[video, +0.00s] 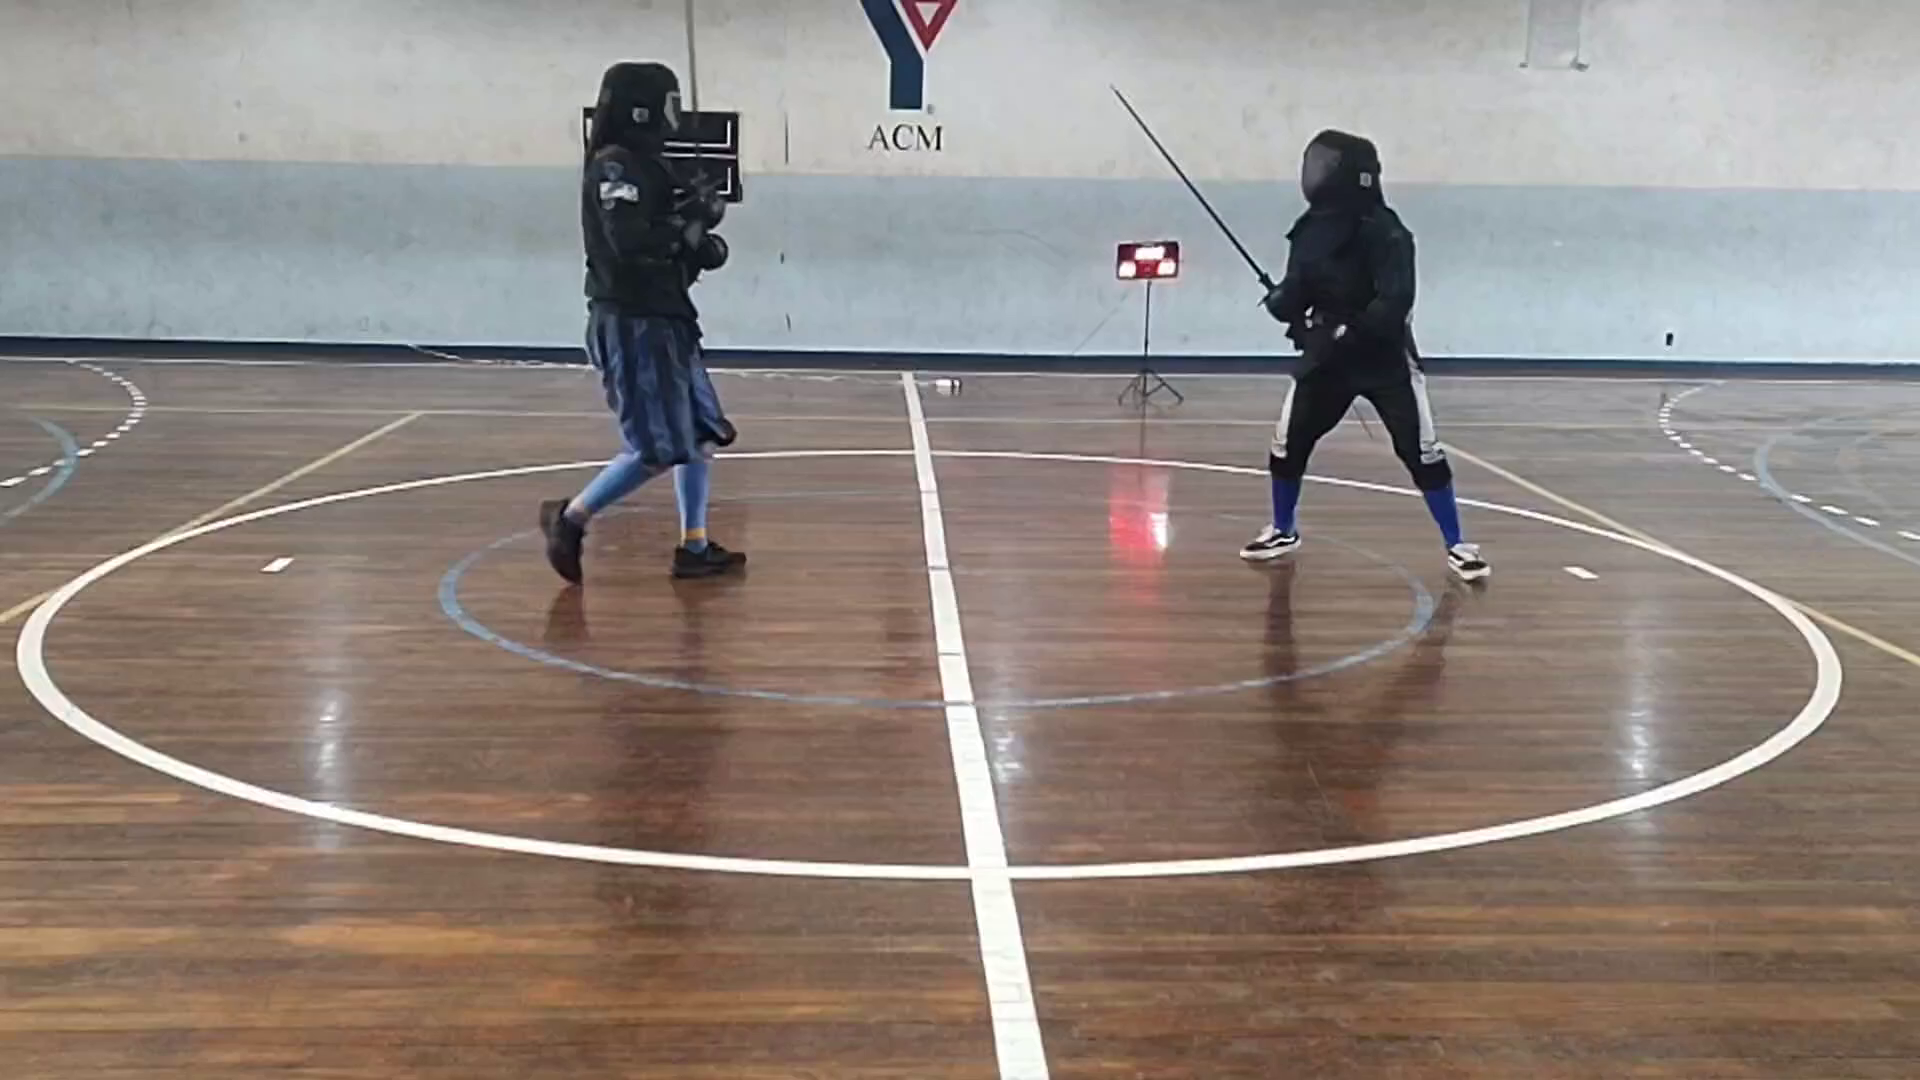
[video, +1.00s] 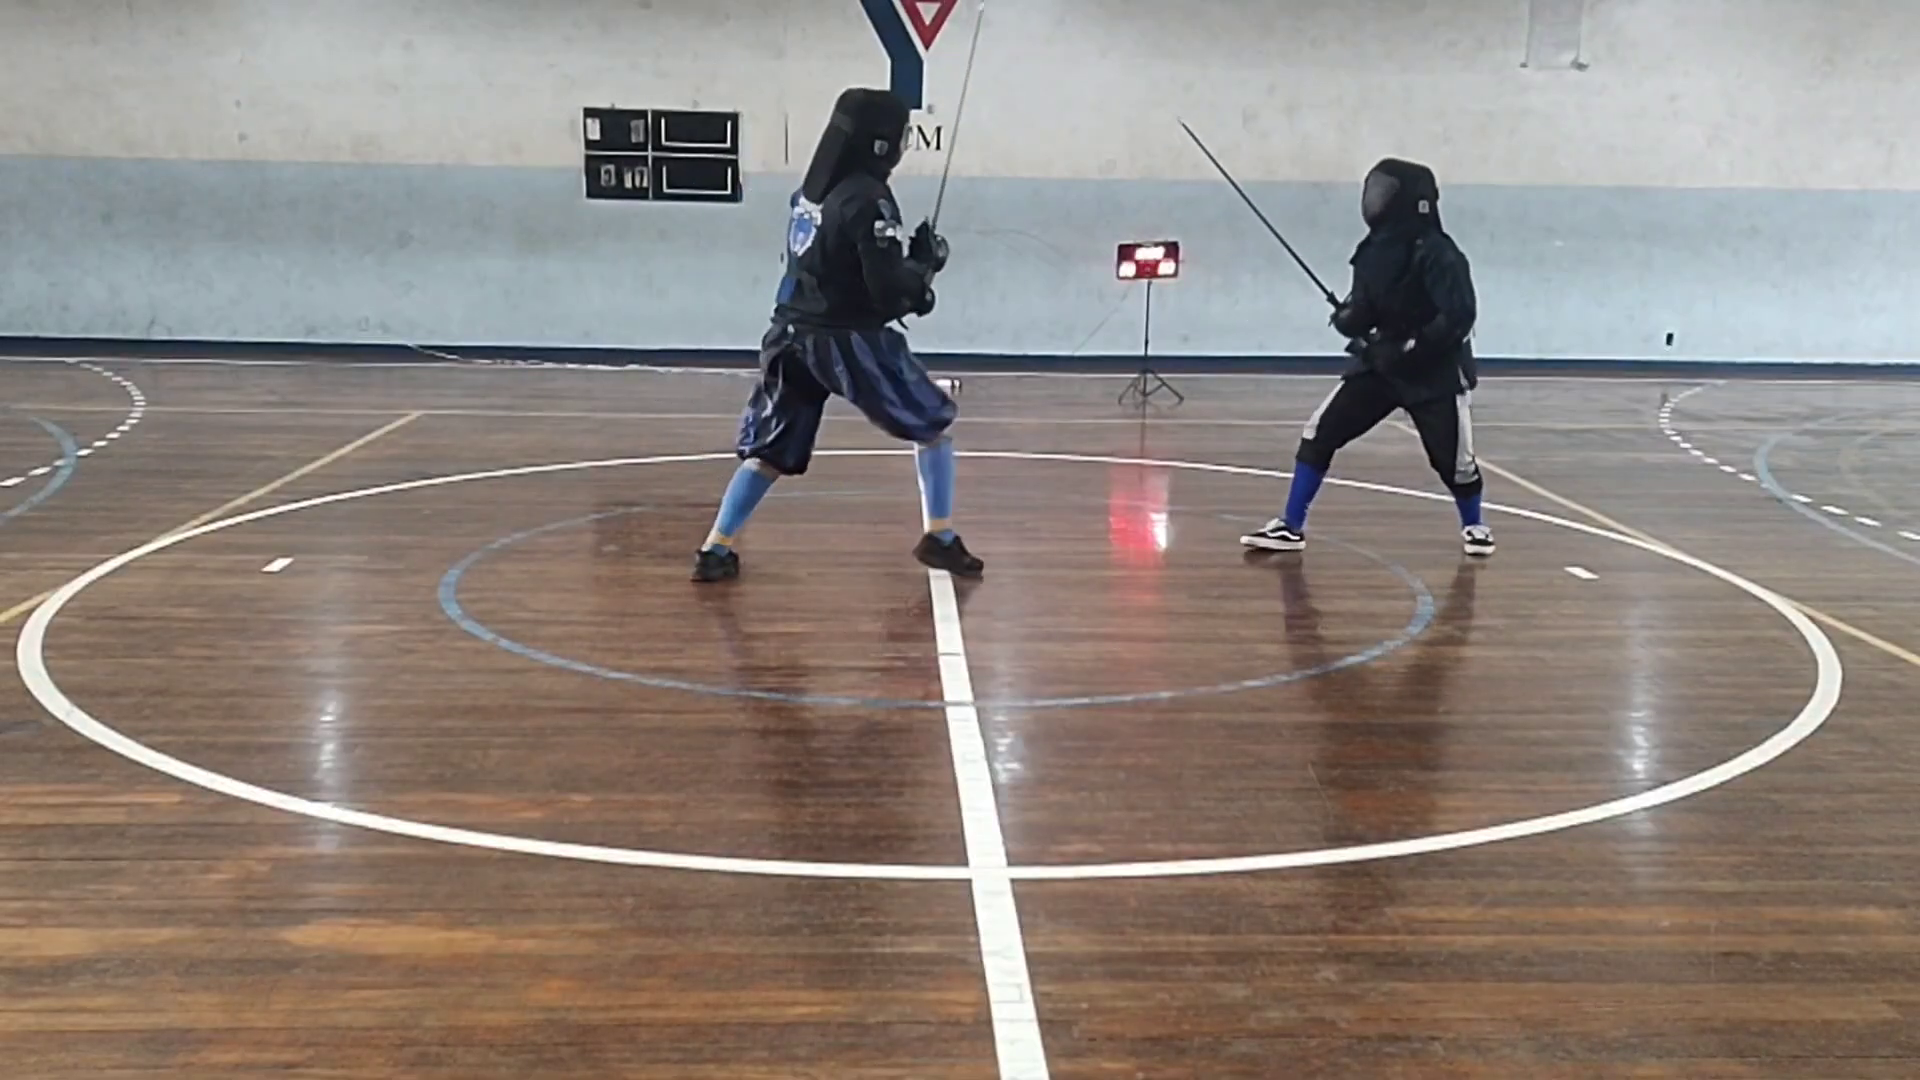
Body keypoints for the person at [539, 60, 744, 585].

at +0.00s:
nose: (671, 118)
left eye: (670, 107)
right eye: (664, 108)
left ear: (632, 109)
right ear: (638, 110)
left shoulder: (648, 165)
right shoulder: (615, 165)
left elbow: (664, 239)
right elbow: (630, 242)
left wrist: (698, 244)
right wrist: (690, 226)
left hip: (665, 319)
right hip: (630, 322)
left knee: (696, 436)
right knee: (658, 447)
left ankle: (695, 547)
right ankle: (569, 519)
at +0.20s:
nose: (718, 120)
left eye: (717, 110)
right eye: (711, 110)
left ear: (670, 112)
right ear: (688, 113)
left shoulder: (668, 167)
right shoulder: (674, 170)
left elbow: (687, 252)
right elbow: (690, 247)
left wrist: (735, 260)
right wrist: (741, 234)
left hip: (661, 315)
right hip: (684, 316)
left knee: (713, 433)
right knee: (750, 426)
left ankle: (695, 543)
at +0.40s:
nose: (765, 124)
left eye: (764, 113)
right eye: (761, 114)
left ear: (709, 115)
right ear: (740, 119)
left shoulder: (687, 168)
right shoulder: (730, 178)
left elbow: (718, 255)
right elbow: (749, 257)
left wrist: (782, 242)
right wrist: (790, 263)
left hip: (684, 321)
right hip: (726, 324)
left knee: (727, 436)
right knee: (784, 431)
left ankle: (696, 546)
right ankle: (834, 542)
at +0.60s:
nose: (809, 130)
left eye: (809, 120)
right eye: (805, 120)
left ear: (753, 121)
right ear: (785, 126)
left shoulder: (720, 173)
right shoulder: (774, 183)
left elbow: (740, 261)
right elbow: (798, 271)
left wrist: (807, 246)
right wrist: (829, 248)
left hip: (717, 326)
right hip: (769, 329)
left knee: (751, 438)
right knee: (830, 433)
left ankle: (719, 548)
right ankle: (847, 547)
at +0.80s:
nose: (850, 140)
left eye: (849, 129)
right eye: (848, 129)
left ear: (793, 125)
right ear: (830, 133)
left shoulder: (758, 177)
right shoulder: (815, 190)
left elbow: (773, 261)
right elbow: (832, 274)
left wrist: (851, 274)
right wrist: (866, 258)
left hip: (742, 327)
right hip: (800, 332)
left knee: (752, 444)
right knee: (870, 432)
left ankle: (715, 549)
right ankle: (897, 543)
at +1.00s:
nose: (903, 147)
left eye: (902, 137)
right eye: (899, 138)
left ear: (846, 135)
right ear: (880, 143)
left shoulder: (813, 186)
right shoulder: (869, 199)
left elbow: (829, 270)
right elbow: (889, 287)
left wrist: (907, 287)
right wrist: (925, 263)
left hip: (792, 333)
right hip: (852, 338)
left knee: (773, 445)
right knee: (932, 423)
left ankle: (716, 547)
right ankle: (940, 535)